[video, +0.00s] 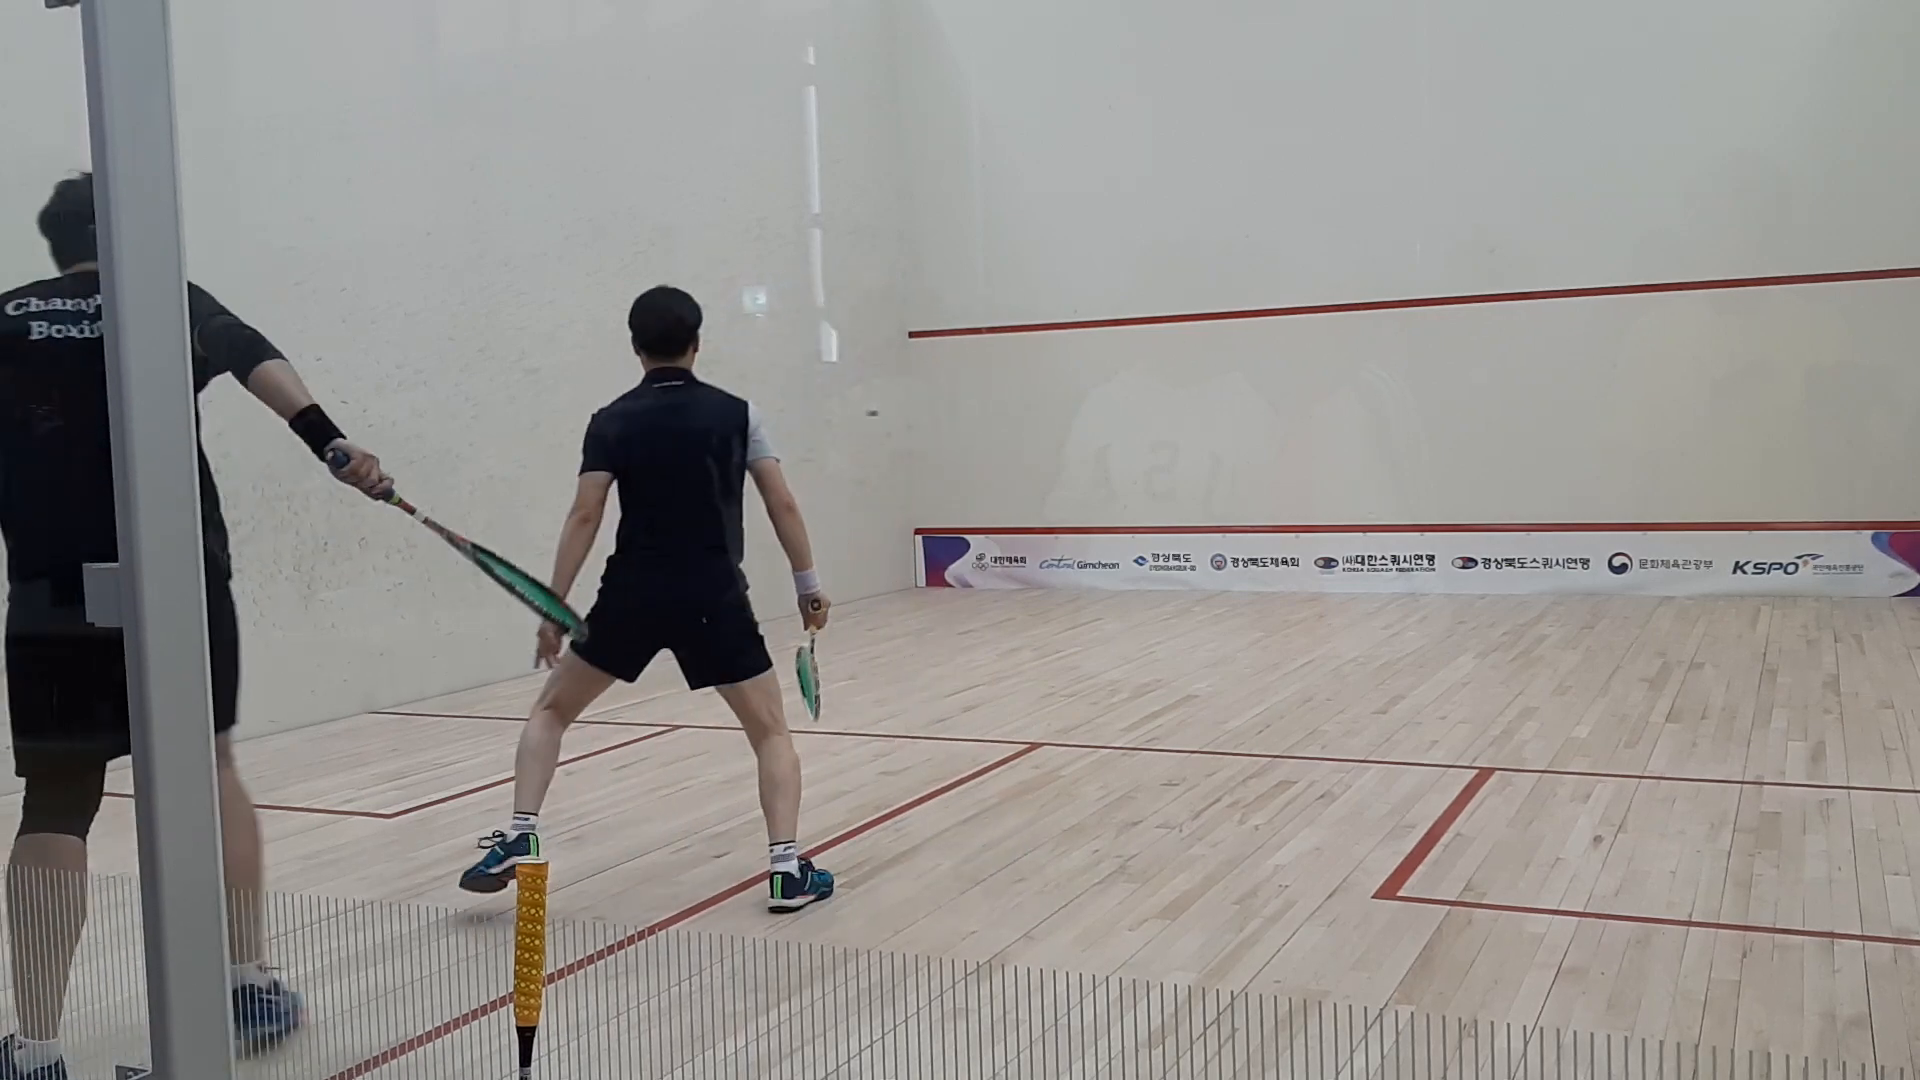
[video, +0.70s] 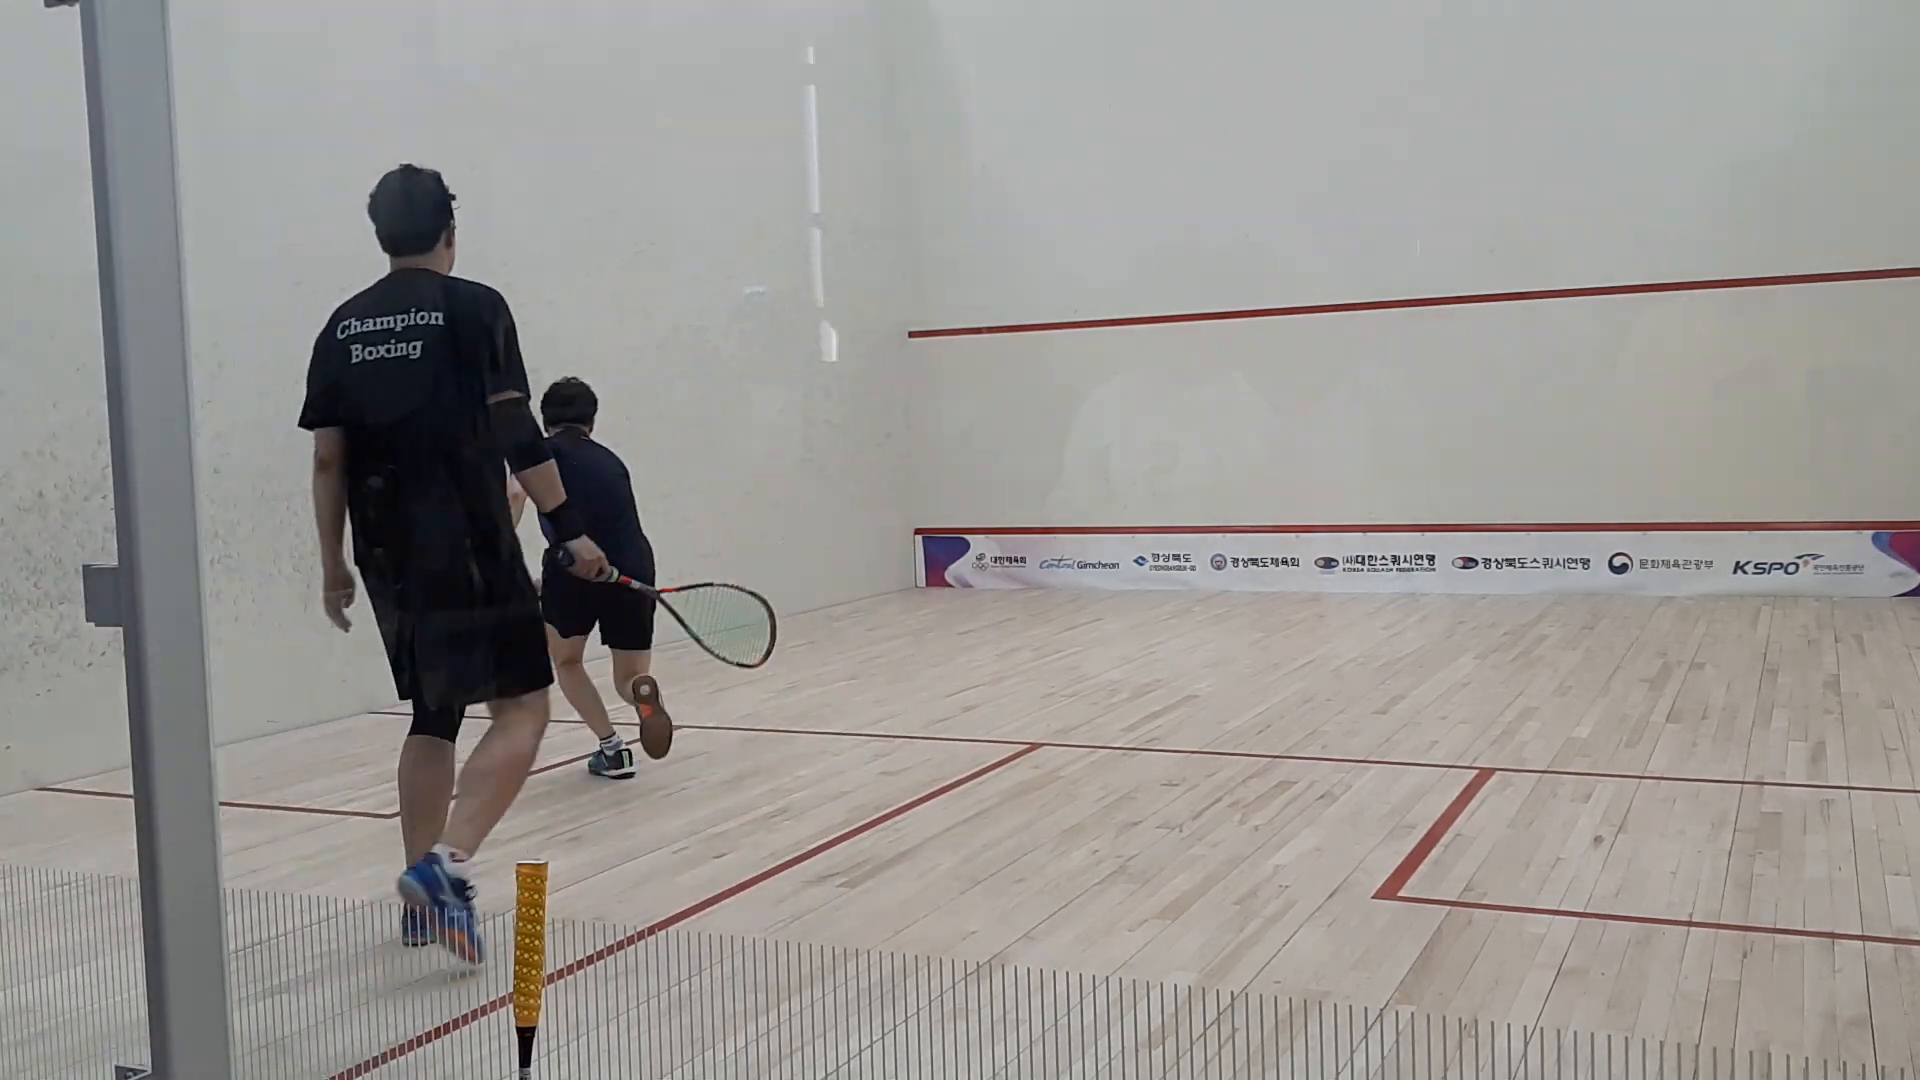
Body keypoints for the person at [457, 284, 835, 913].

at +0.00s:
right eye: (696, 336)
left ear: (634, 346)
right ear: (696, 344)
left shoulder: (613, 421)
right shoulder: (736, 413)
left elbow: (586, 516)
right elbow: (781, 504)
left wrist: (555, 609)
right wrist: (809, 586)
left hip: (630, 602)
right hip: (717, 604)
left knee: (553, 711)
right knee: (770, 732)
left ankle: (520, 834)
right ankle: (787, 865)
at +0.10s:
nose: (663, 364)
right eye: (663, 356)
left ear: (600, 367)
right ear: (660, 365)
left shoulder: (573, 443)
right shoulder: (697, 436)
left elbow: (528, 538)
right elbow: (744, 521)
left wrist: (497, 619)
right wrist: (776, 600)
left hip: (596, 629)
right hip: (679, 626)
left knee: (529, 755)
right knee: (723, 746)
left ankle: (540, 874)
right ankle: (764, 826)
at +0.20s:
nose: (621, 402)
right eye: (623, 393)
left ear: (563, 402)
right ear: (622, 399)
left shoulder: (536, 475)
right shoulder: (658, 463)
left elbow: (524, 561)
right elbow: (706, 532)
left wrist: (555, 605)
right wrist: (746, 611)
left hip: (582, 641)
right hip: (659, 631)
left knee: (513, 772)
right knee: (675, 714)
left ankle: (540, 893)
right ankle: (700, 790)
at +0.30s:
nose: (628, 398)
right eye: (631, 389)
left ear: (572, 395)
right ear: (628, 395)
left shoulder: (542, 459)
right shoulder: (655, 454)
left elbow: (533, 544)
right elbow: (716, 523)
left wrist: (573, 576)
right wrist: (759, 595)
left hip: (567, 611)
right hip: (641, 608)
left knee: (546, 736)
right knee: (658, 685)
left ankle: (539, 858)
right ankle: (653, 787)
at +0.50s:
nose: (635, 422)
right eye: (638, 416)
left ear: (592, 415)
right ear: (640, 419)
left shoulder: (561, 451)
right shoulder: (660, 470)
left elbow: (494, 479)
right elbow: (678, 556)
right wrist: (670, 610)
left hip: (562, 590)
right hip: (633, 593)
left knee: (556, 678)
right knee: (651, 703)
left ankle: (581, 768)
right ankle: (654, 796)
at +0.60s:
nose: (607, 418)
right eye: (609, 410)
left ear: (563, 410)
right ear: (611, 412)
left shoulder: (542, 449)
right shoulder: (632, 460)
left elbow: (481, 495)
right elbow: (637, 526)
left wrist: (445, 522)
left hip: (568, 575)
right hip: (632, 573)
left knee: (564, 656)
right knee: (643, 675)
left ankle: (599, 747)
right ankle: (660, 751)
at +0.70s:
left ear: (546, 418)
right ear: (591, 420)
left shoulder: (538, 453)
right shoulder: (610, 459)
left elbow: (514, 498)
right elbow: (625, 524)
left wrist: (495, 549)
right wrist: (645, 580)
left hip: (572, 571)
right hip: (634, 569)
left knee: (567, 662)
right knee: (631, 675)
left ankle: (612, 748)